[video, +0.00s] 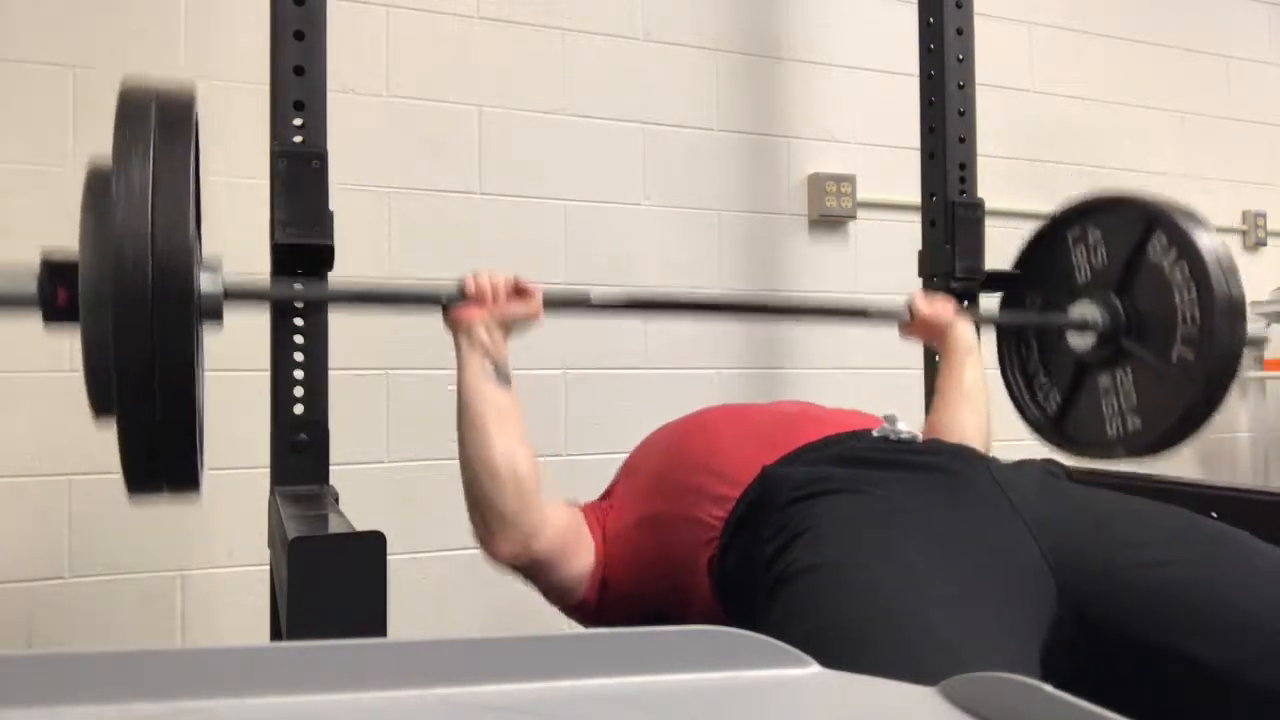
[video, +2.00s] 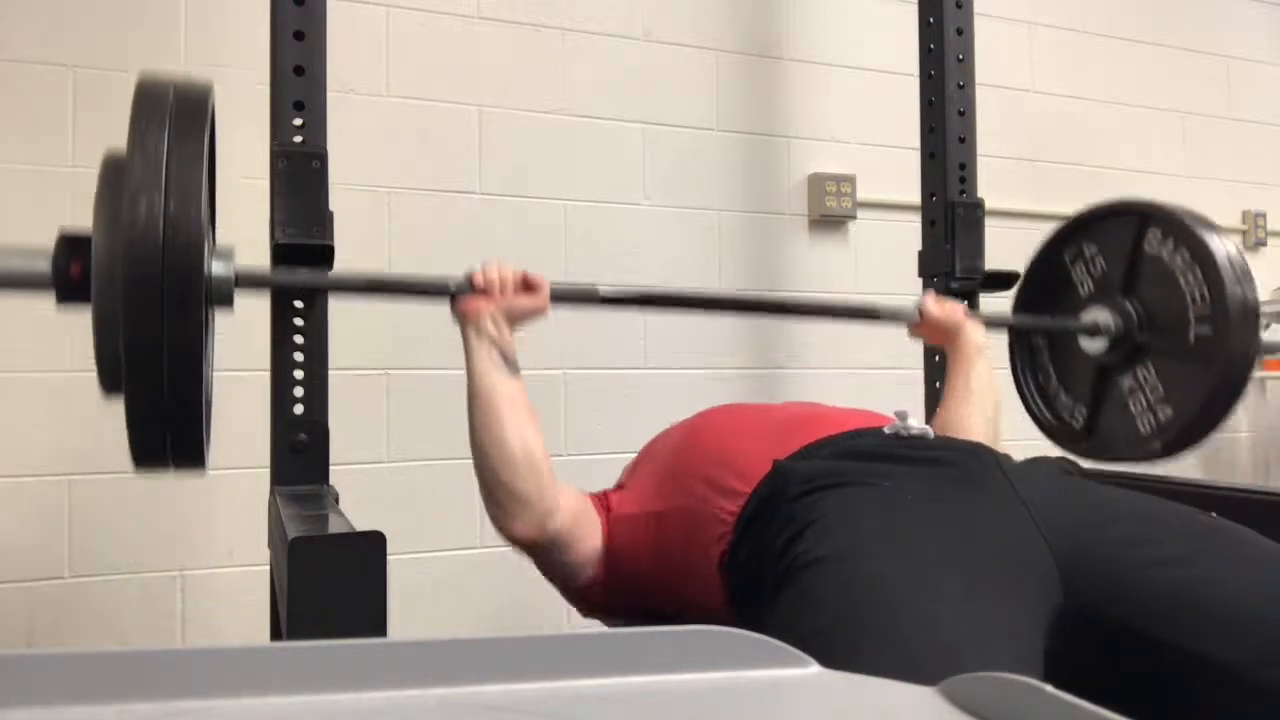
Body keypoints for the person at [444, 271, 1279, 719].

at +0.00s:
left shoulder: (866, 442)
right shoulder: (619, 545)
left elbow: (961, 464)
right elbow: (514, 526)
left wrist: (959, 341)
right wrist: (481, 354)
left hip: (1034, 488)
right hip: (846, 508)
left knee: (1270, 613)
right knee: (931, 672)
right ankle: (980, 702)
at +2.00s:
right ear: (646, 485)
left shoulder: (869, 440)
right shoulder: (618, 543)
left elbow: (965, 466)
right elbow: (528, 508)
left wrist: (970, 347)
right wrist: (488, 343)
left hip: (1045, 486)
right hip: (857, 508)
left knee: (1276, 623)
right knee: (934, 697)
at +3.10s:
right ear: (642, 495)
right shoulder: (631, 522)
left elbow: (1006, 496)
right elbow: (551, 597)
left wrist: (985, 400)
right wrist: (495, 425)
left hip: (1030, 478)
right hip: (855, 497)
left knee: (1276, 621)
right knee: (944, 687)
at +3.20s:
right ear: (649, 496)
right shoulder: (623, 542)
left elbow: (983, 472)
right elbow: (526, 546)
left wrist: (978, 365)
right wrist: (488, 381)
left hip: (1044, 487)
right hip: (856, 506)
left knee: (1274, 621)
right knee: (929, 696)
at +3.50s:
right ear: (618, 499)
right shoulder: (606, 534)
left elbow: (921, 423)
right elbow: (518, 440)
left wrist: (952, 294)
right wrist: (480, 282)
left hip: (1013, 482)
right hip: (838, 503)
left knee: (1274, 612)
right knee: (936, 692)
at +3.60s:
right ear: (623, 490)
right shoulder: (609, 532)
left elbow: (925, 425)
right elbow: (521, 432)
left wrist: (950, 288)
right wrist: (480, 270)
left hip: (1010, 480)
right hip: (842, 498)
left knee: (1276, 614)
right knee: (928, 689)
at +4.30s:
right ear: (651, 482)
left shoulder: (871, 422)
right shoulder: (626, 529)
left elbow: (1030, 517)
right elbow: (553, 613)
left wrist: (988, 439)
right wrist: (498, 461)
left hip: (1033, 484)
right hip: (860, 499)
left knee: (1274, 603)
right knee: (936, 680)